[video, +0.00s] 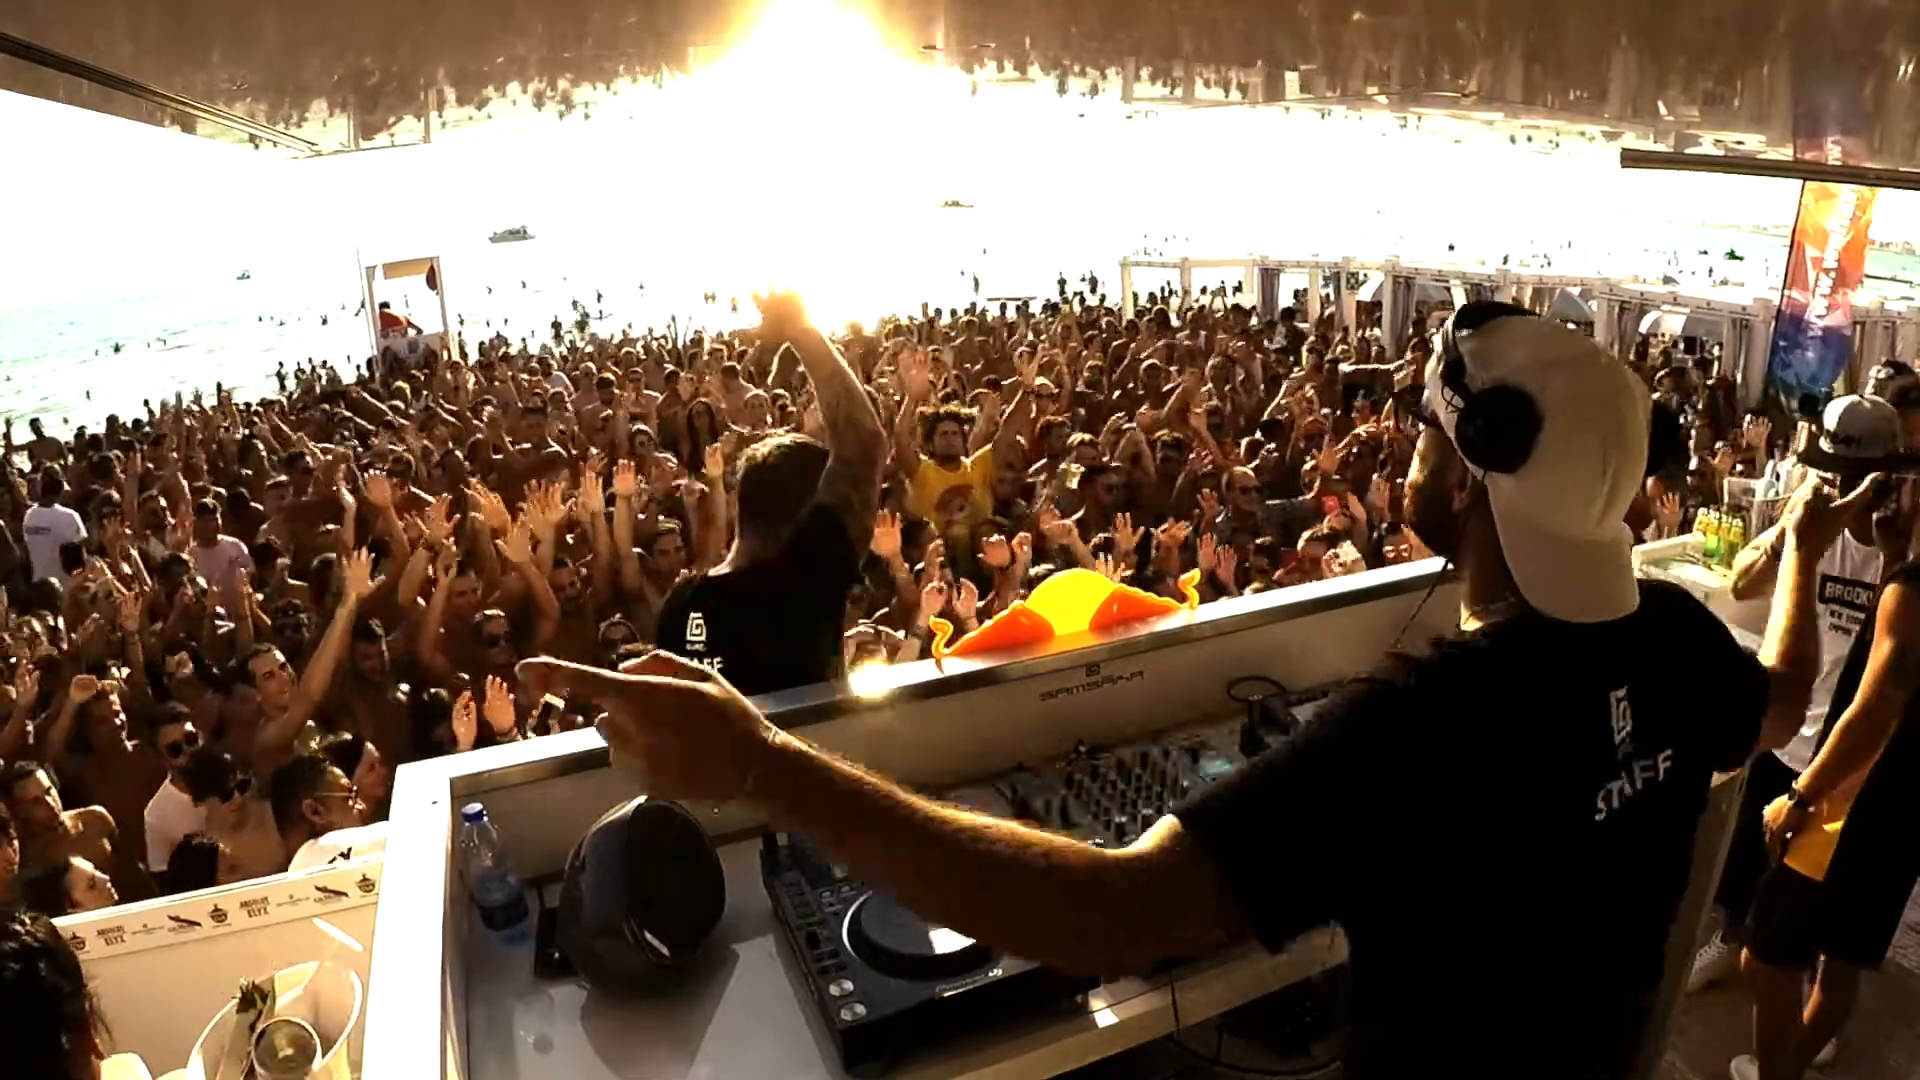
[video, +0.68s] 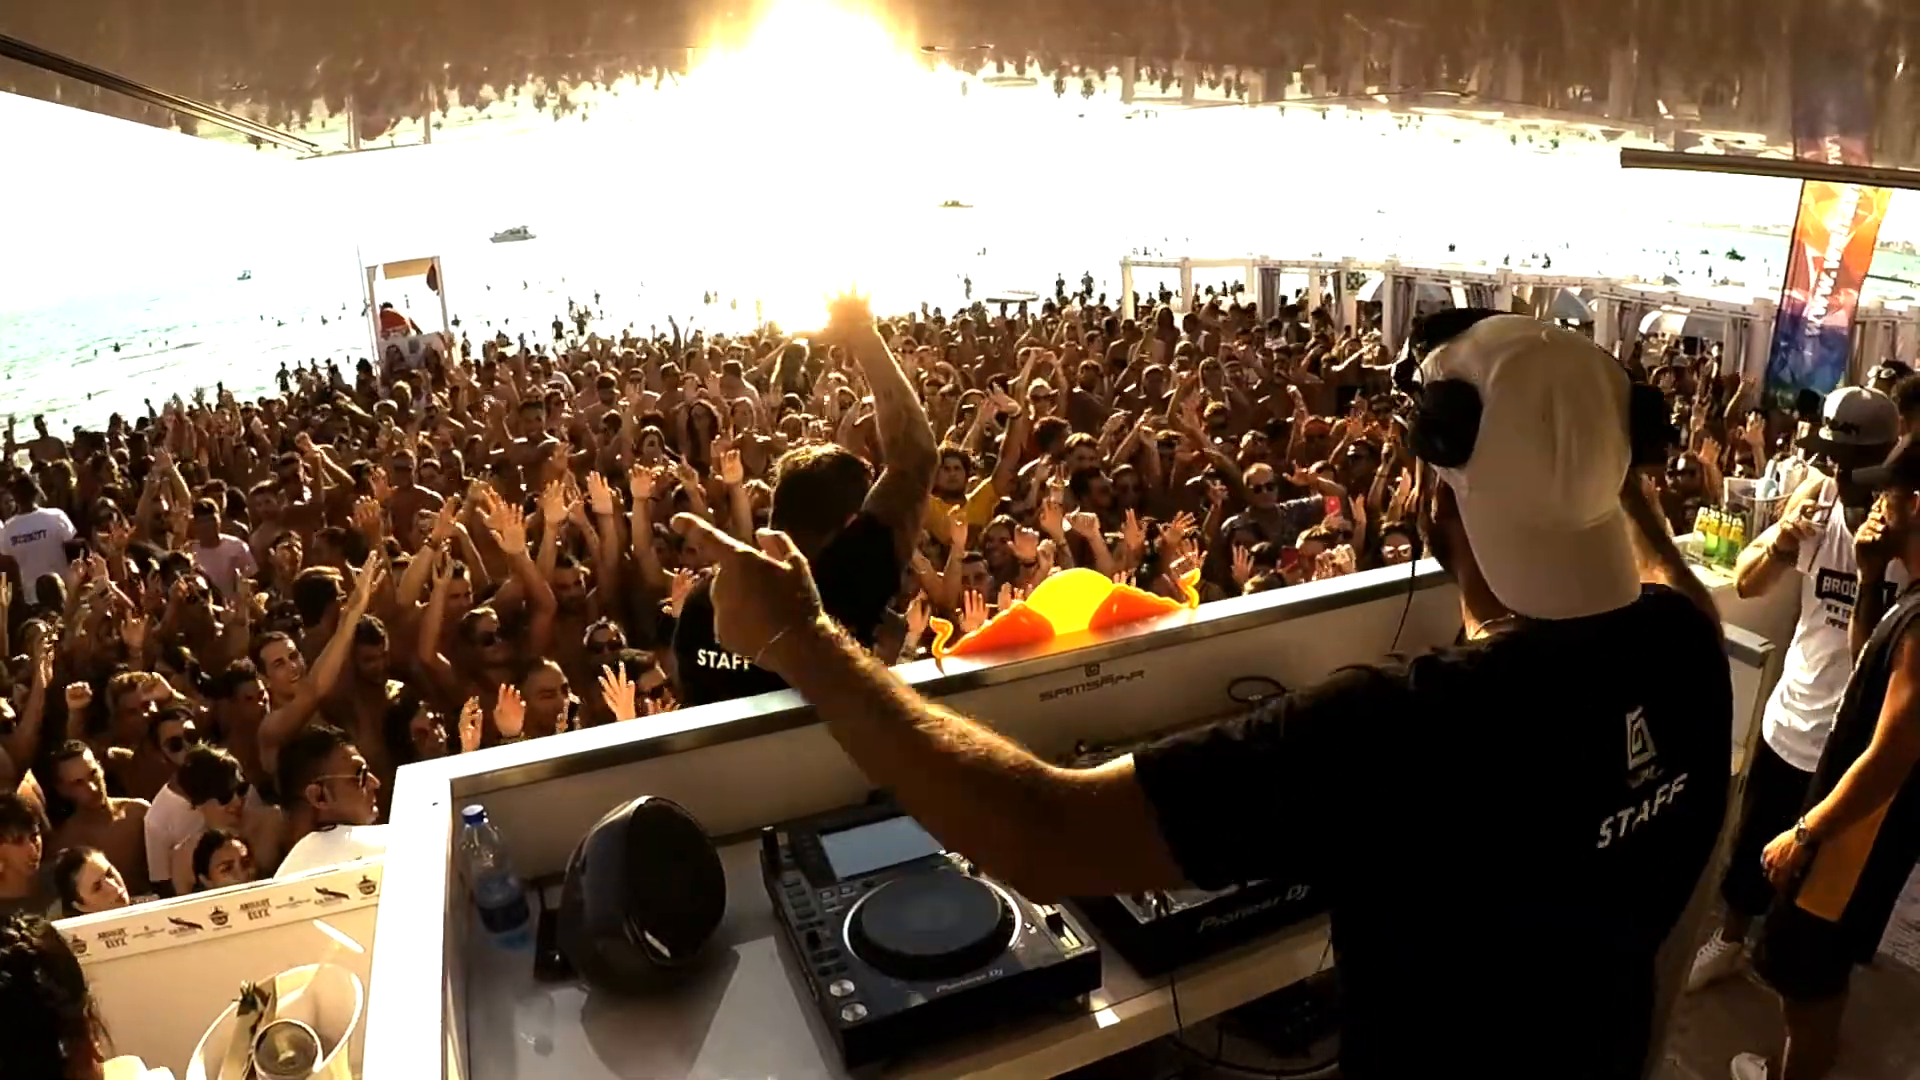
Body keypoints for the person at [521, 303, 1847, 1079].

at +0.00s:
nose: (1415, 476)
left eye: (1437, 443)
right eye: (1434, 436)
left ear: (1476, 487)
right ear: (1624, 489)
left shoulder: (1419, 730)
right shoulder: (1683, 653)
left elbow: (1117, 916)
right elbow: (1771, 711)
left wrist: (766, 769)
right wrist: (1789, 546)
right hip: (1598, 1074)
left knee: (1108, 1068)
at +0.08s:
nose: (1426, 465)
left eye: (1444, 440)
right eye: (1435, 436)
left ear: (1489, 487)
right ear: (1631, 480)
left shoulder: (1427, 733)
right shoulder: (1701, 658)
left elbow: (1088, 848)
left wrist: (807, 632)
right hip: (1600, 1059)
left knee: (1122, 1051)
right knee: (1211, 1026)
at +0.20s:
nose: (1410, 461)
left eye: (1424, 436)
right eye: (1419, 432)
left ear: (1469, 486)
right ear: (1620, 478)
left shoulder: (1390, 741)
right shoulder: (1698, 664)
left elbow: (1032, 838)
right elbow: (1636, 577)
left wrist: (782, 619)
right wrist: (1617, 450)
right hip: (1595, 1066)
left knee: (1121, 1054)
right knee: (1206, 1031)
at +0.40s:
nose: (1370, 488)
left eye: (1385, 458)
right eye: (1380, 451)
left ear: (1418, 495)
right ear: (1568, 488)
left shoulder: (1373, 746)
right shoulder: (1664, 669)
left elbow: (1073, 995)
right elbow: (1796, 764)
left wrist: (686, 909)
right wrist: (1885, 592)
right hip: (1563, 1063)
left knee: (899, 942)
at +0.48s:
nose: (1385, 474)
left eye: (1401, 437)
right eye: (1411, 434)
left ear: (1428, 478)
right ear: (1597, 470)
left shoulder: (1368, 743)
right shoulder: (1673, 650)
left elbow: (1052, 909)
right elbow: (1748, 691)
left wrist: (702, 767)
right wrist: (1772, 522)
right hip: (1596, 1057)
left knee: (973, 1070)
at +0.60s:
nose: (1424, 490)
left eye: (1433, 460)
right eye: (1432, 456)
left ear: (1465, 500)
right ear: (1620, 488)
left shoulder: (1408, 731)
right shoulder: (1688, 657)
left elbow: (1053, 790)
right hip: (1604, 1061)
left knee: (1097, 1059)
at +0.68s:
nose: (1411, 501)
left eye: (1418, 471)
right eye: (1415, 470)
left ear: (1453, 507)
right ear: (1615, 484)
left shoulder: (1391, 737)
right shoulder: (1689, 656)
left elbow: (1049, 838)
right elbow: (1641, 557)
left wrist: (801, 643)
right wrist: (1589, 437)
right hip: (1609, 1058)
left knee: (1136, 1046)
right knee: (1205, 1024)